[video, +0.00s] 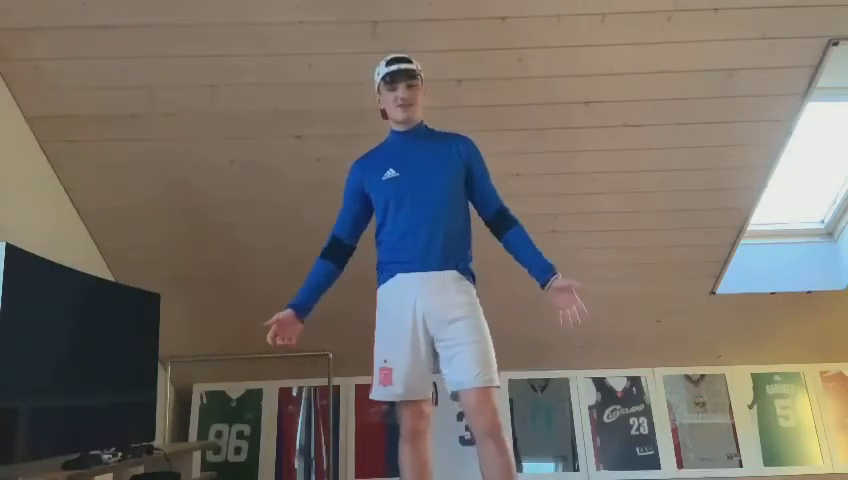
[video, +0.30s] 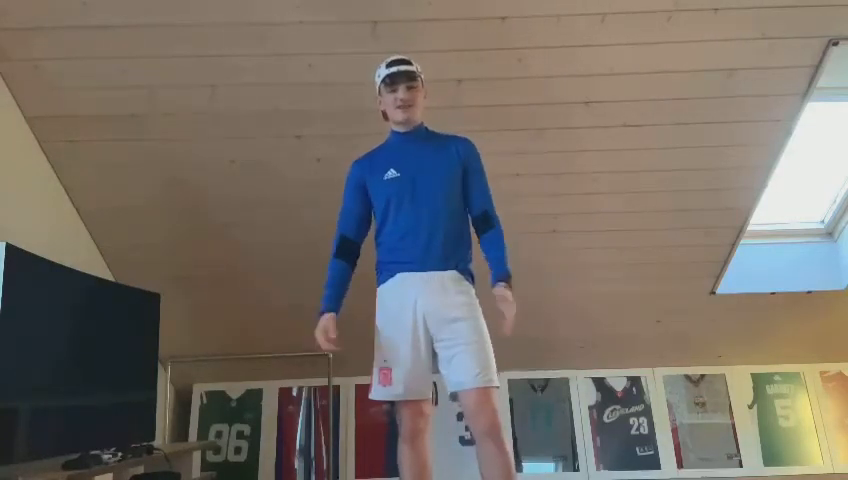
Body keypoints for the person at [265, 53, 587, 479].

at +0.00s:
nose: (403, 94)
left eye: (411, 85)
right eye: (393, 88)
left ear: (424, 93)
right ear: (381, 102)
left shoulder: (459, 148)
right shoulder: (368, 165)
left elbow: (500, 220)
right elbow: (338, 246)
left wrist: (548, 278)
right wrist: (298, 310)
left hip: (455, 292)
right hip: (398, 298)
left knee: (485, 414)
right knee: (414, 418)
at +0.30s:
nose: (403, 95)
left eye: (411, 86)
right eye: (393, 89)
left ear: (424, 94)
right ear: (380, 102)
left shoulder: (460, 150)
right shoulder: (366, 168)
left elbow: (485, 221)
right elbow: (347, 244)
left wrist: (500, 280)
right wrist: (330, 308)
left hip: (455, 293)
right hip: (398, 298)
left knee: (484, 414)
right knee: (414, 418)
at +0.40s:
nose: (403, 96)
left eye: (411, 87)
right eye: (393, 89)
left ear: (425, 95)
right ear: (382, 103)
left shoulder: (459, 150)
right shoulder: (366, 167)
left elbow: (479, 221)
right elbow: (354, 243)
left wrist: (465, 276)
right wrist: (363, 305)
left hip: (454, 290)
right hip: (399, 295)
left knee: (484, 414)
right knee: (413, 418)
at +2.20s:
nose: (408, 96)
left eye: (416, 88)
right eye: (398, 89)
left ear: (428, 97)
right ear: (384, 103)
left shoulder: (459, 151)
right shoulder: (367, 167)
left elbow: (483, 224)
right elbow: (355, 246)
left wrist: (512, 290)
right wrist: (342, 319)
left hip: (452, 293)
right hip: (396, 298)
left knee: (484, 417)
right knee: (413, 420)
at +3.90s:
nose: (413, 95)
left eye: (420, 88)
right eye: (402, 87)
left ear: (427, 97)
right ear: (381, 99)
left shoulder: (456, 151)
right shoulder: (361, 168)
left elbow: (477, 223)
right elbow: (347, 242)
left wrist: (466, 261)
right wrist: (354, 280)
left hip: (451, 296)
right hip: (392, 301)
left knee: (483, 419)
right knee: (410, 422)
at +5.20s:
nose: (436, 109)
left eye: (445, 98)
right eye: (427, 97)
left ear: (453, 99)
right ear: (406, 95)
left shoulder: (476, 148)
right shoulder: (381, 163)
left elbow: (519, 212)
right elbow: (365, 244)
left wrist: (477, 228)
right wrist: (403, 245)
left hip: (478, 290)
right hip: (422, 294)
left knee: (507, 412)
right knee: (425, 421)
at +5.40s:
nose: (464, 108)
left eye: (474, 98)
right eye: (456, 96)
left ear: (483, 96)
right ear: (435, 89)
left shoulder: (499, 144)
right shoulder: (404, 153)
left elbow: (547, 199)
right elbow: (382, 234)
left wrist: (494, 210)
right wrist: (431, 210)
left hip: (493, 290)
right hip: (436, 294)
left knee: (516, 409)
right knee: (434, 422)